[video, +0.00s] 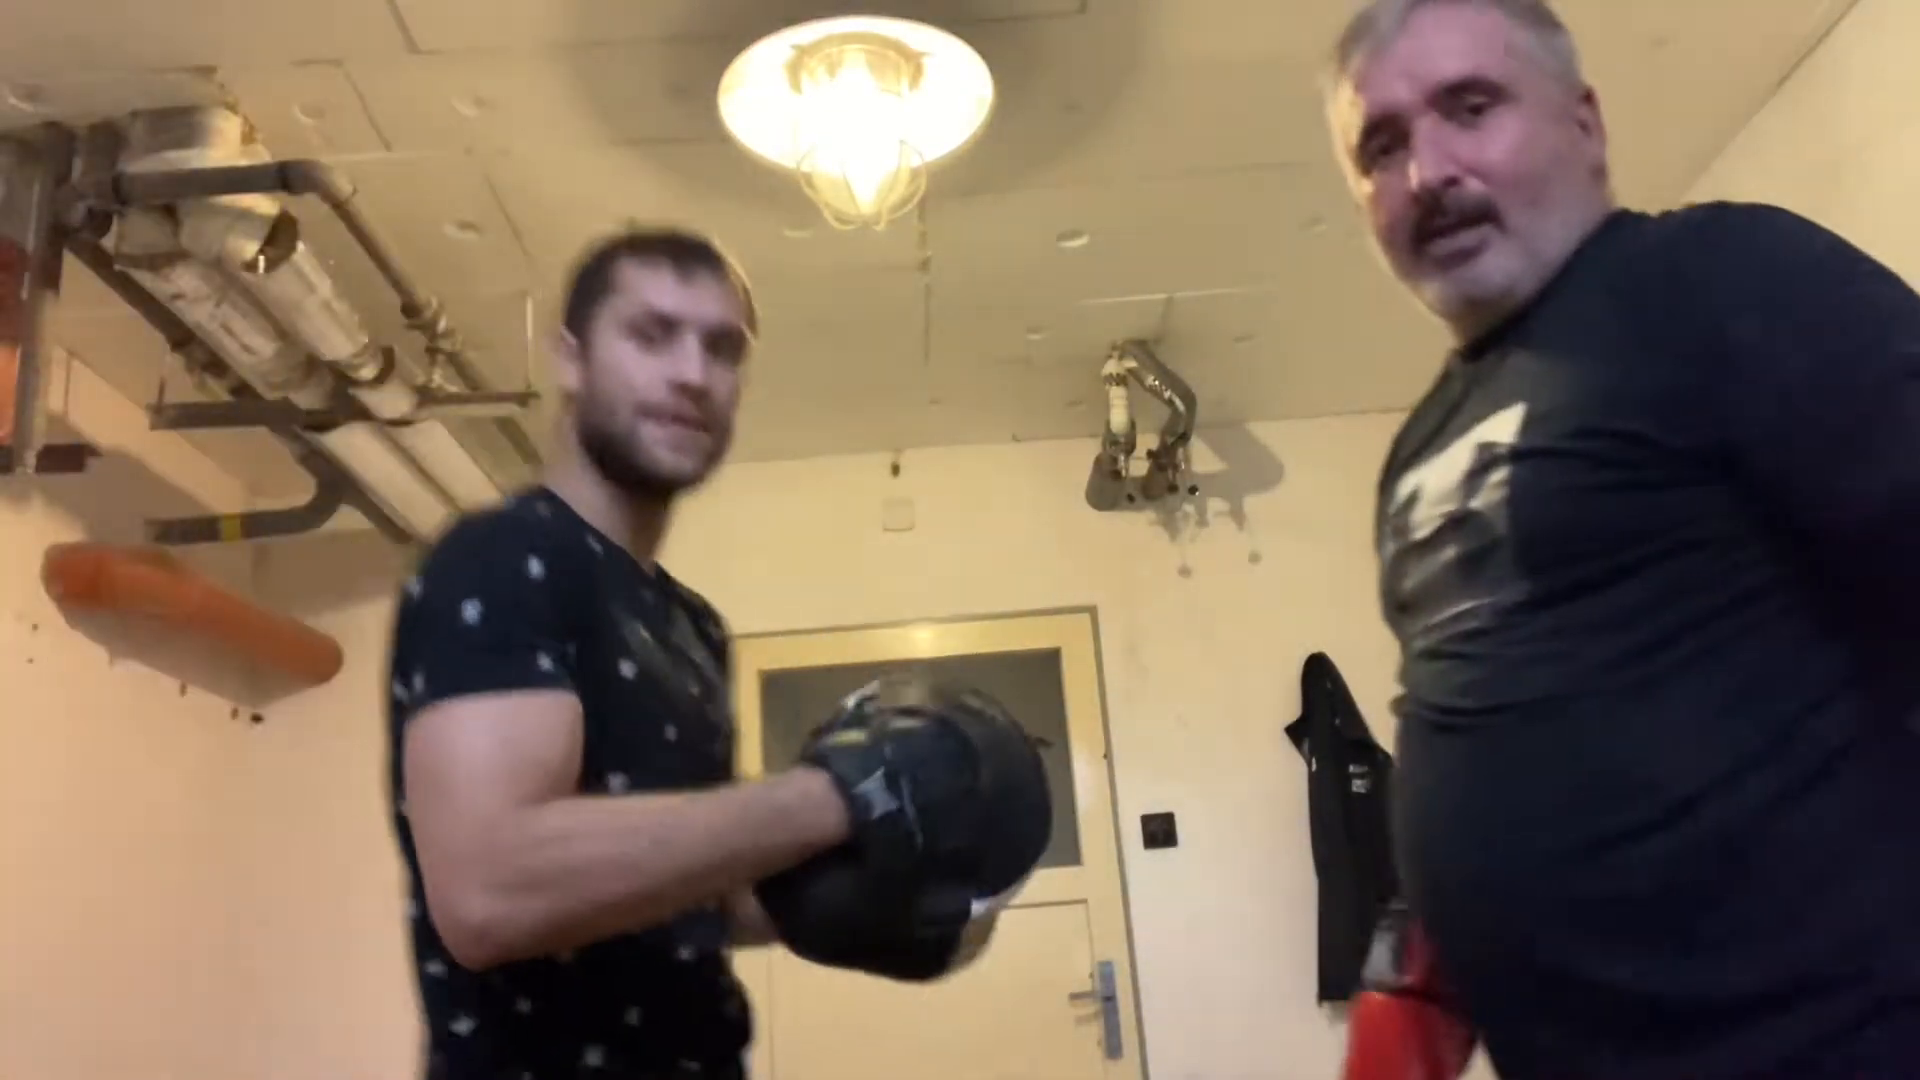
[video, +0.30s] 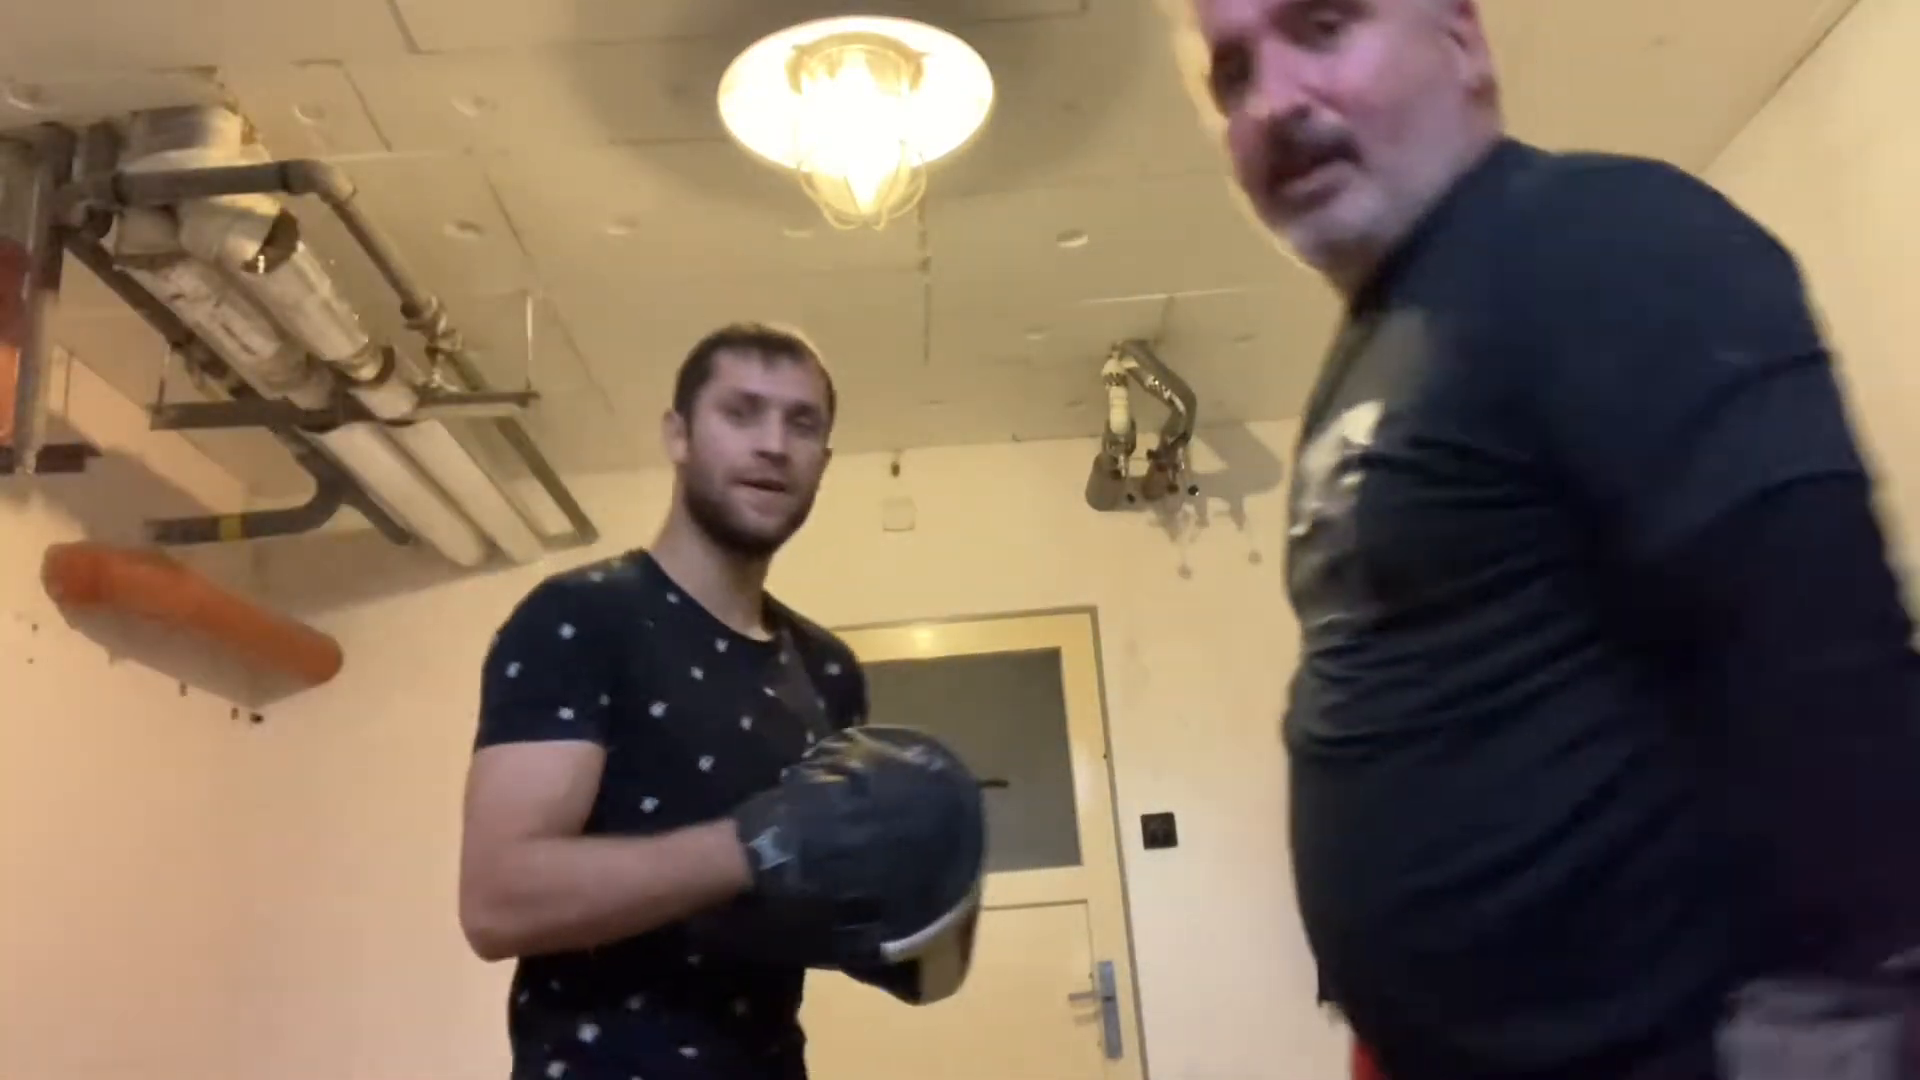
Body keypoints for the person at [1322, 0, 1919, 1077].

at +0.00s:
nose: (1428, 173)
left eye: (1469, 109)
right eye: (1384, 147)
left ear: (1585, 126)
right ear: (1362, 202)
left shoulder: (1737, 276)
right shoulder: (1418, 447)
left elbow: (1915, 529)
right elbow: (1461, 741)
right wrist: (1419, 989)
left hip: (1823, 1006)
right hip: (1561, 1037)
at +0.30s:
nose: (1274, 100)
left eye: (1321, 31)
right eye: (1232, 76)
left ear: (1465, 43)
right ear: (1217, 125)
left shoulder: (1616, 238)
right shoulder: (1373, 338)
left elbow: (1815, 624)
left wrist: (1843, 982)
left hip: (1660, 1015)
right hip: (1444, 1024)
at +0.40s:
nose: (1187, 107)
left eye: (1231, 36)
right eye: (1156, 79)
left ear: (1396, 33)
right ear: (1151, 114)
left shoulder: (1548, 228)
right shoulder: (1353, 306)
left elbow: (1699, 689)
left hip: (1618, 1012)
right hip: (1452, 1021)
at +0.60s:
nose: (1070, 197)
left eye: (1080, 125)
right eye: (1064, 140)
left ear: (1215, 66)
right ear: (1214, 67)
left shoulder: (1428, 245)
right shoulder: (1371, 267)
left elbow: (1457, 710)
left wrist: (1391, 1040)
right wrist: (1318, 927)